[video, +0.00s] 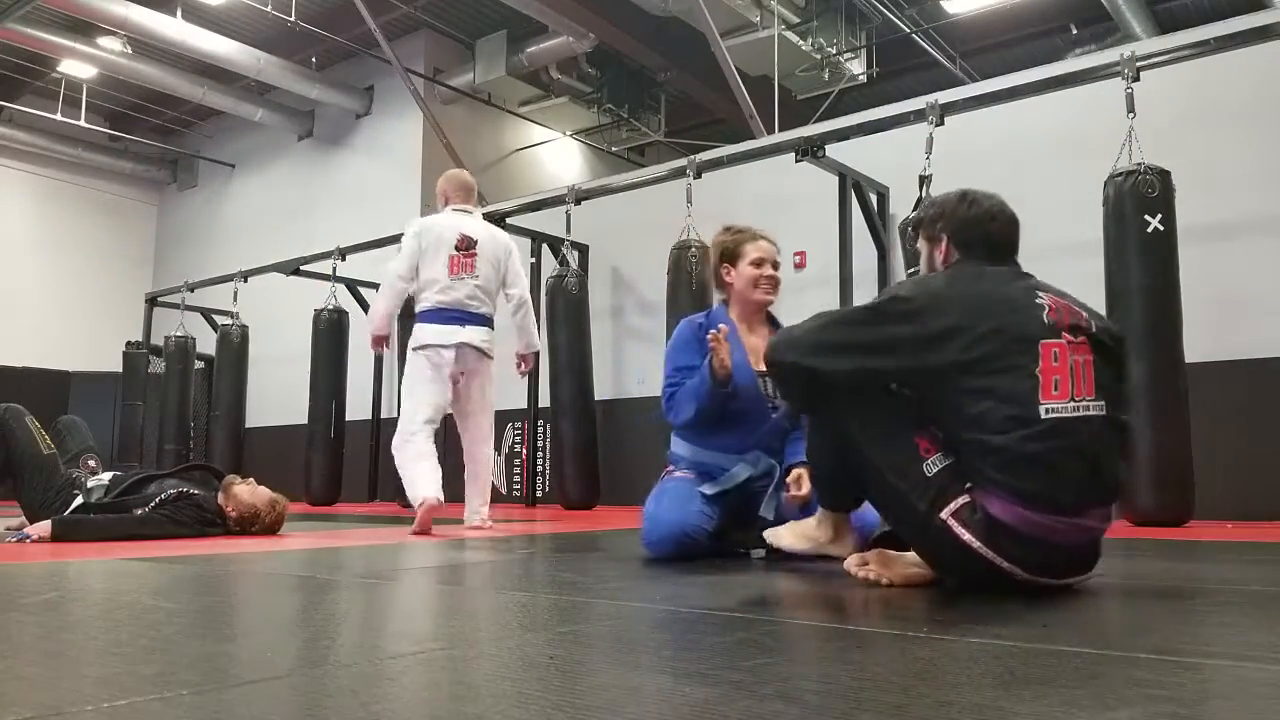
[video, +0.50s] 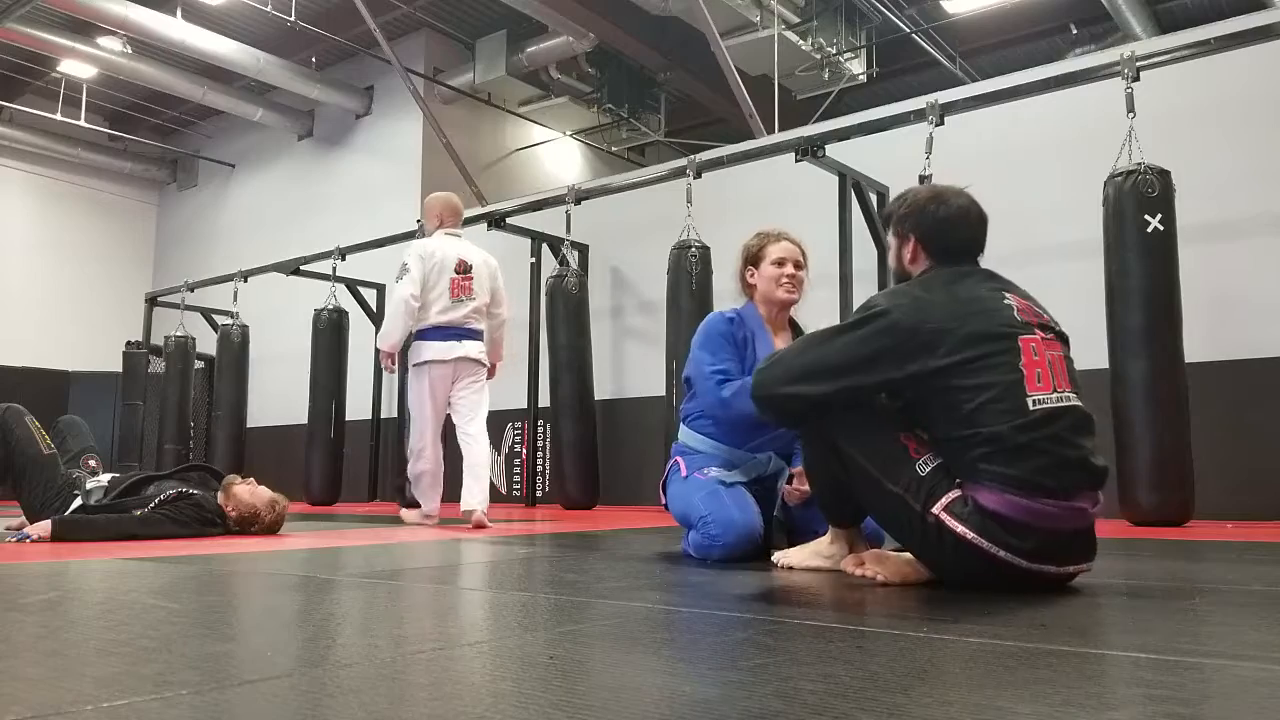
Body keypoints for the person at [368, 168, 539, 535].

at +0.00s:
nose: (437, 203)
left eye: (438, 199)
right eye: (439, 199)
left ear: (443, 198)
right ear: (476, 200)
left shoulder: (423, 228)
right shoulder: (501, 238)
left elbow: (398, 277)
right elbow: (519, 296)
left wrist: (380, 323)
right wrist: (528, 343)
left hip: (431, 339)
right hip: (478, 342)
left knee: (415, 424)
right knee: (478, 430)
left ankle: (426, 494)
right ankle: (477, 515)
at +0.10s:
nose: (442, 204)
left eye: (443, 200)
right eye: (446, 200)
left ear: (448, 200)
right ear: (480, 201)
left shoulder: (429, 228)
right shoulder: (505, 241)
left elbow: (406, 276)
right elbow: (522, 298)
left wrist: (387, 322)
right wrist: (525, 344)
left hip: (437, 339)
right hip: (484, 341)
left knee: (408, 425)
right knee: (480, 429)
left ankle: (428, 482)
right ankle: (478, 514)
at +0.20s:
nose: (442, 207)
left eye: (444, 203)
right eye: (445, 203)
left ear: (450, 203)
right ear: (481, 205)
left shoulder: (433, 229)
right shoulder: (506, 243)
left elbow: (411, 274)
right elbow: (522, 300)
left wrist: (392, 322)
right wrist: (522, 344)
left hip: (439, 340)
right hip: (485, 343)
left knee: (410, 425)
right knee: (480, 430)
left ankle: (430, 492)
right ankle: (477, 514)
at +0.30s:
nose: (440, 212)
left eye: (442, 208)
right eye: (444, 207)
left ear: (448, 208)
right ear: (477, 210)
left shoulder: (433, 234)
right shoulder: (501, 246)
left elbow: (413, 279)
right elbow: (518, 303)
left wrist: (393, 325)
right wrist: (516, 347)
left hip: (438, 343)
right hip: (483, 345)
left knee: (419, 427)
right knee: (480, 429)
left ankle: (423, 510)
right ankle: (477, 512)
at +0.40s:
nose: (433, 218)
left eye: (435, 213)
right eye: (435, 212)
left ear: (445, 213)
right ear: (470, 216)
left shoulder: (428, 242)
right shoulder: (494, 252)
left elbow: (410, 287)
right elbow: (510, 309)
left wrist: (393, 333)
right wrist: (505, 353)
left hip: (435, 345)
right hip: (480, 347)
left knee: (428, 427)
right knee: (478, 430)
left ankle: (420, 505)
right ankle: (476, 509)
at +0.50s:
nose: (424, 223)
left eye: (425, 218)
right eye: (425, 218)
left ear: (436, 218)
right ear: (459, 220)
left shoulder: (421, 250)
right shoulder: (485, 258)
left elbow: (407, 296)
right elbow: (498, 314)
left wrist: (388, 343)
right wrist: (494, 355)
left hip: (429, 350)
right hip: (473, 352)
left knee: (425, 430)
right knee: (474, 430)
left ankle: (426, 509)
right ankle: (476, 505)